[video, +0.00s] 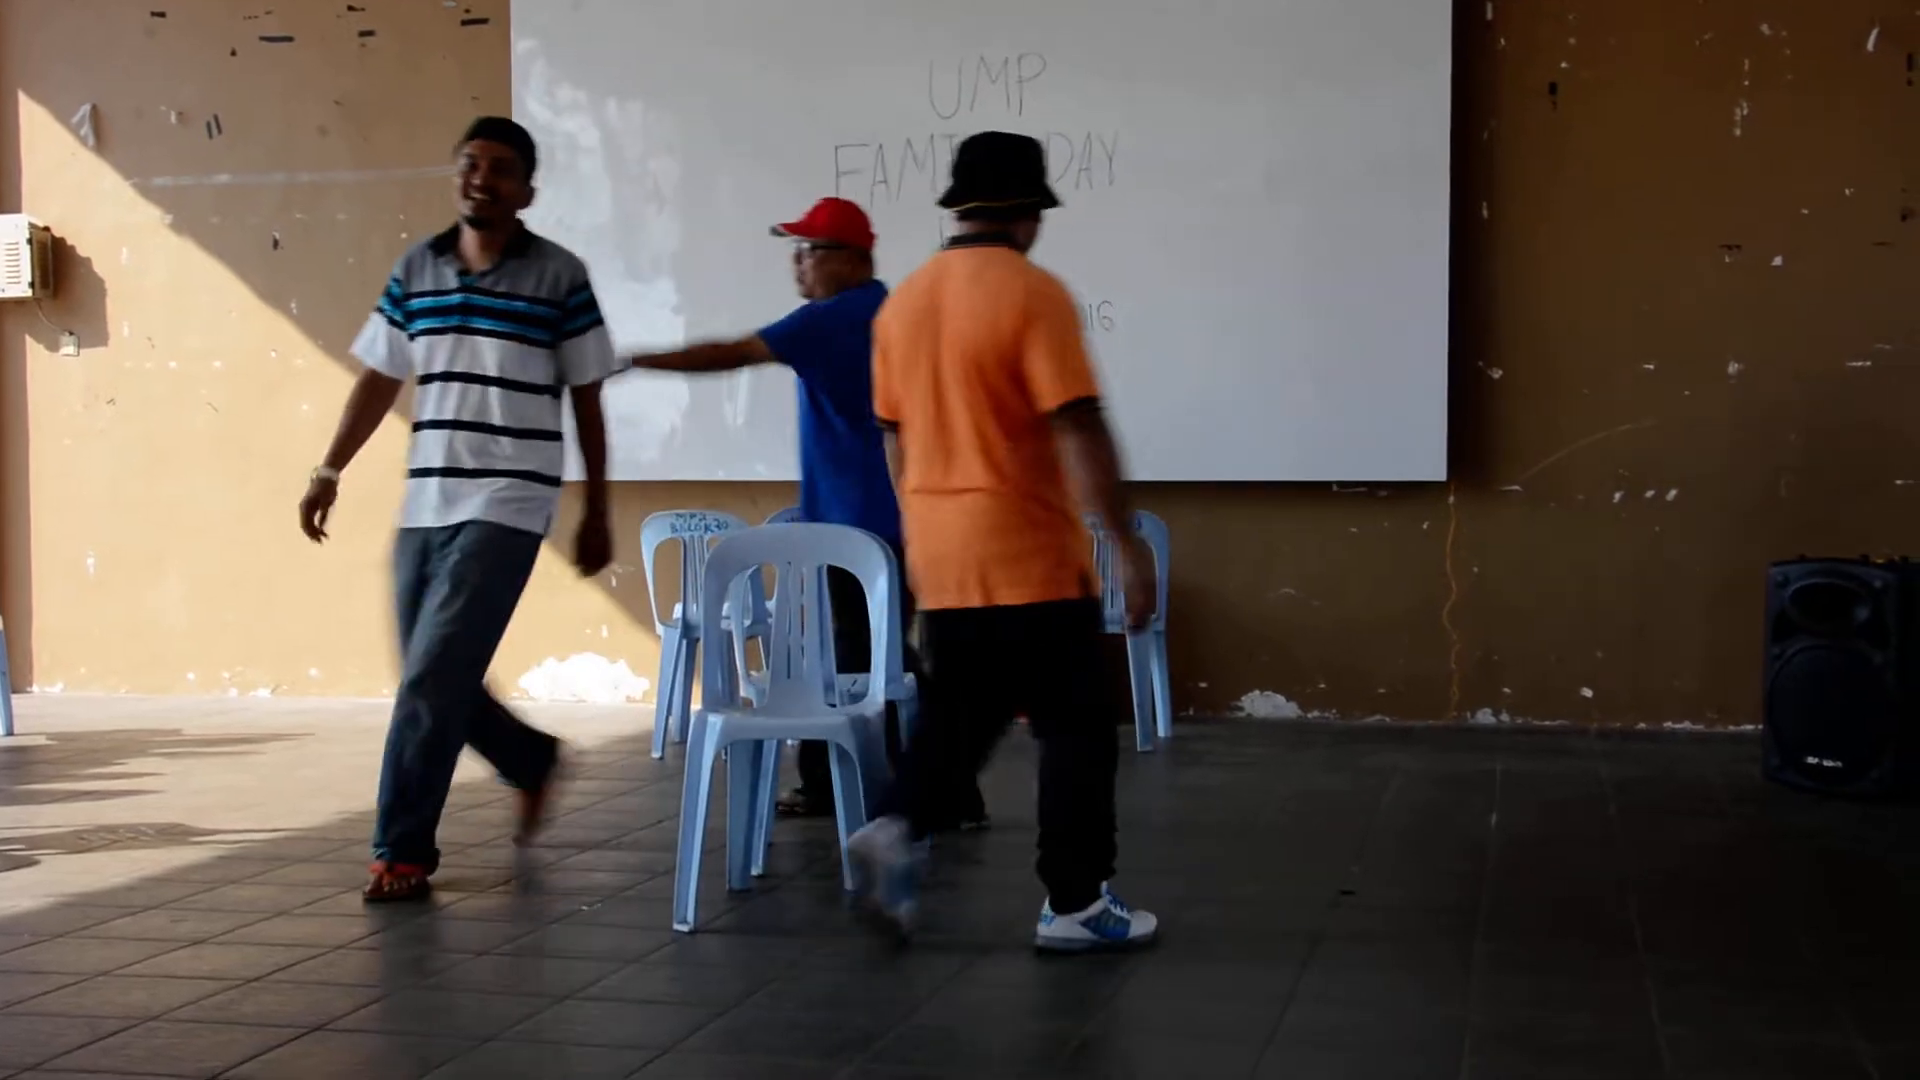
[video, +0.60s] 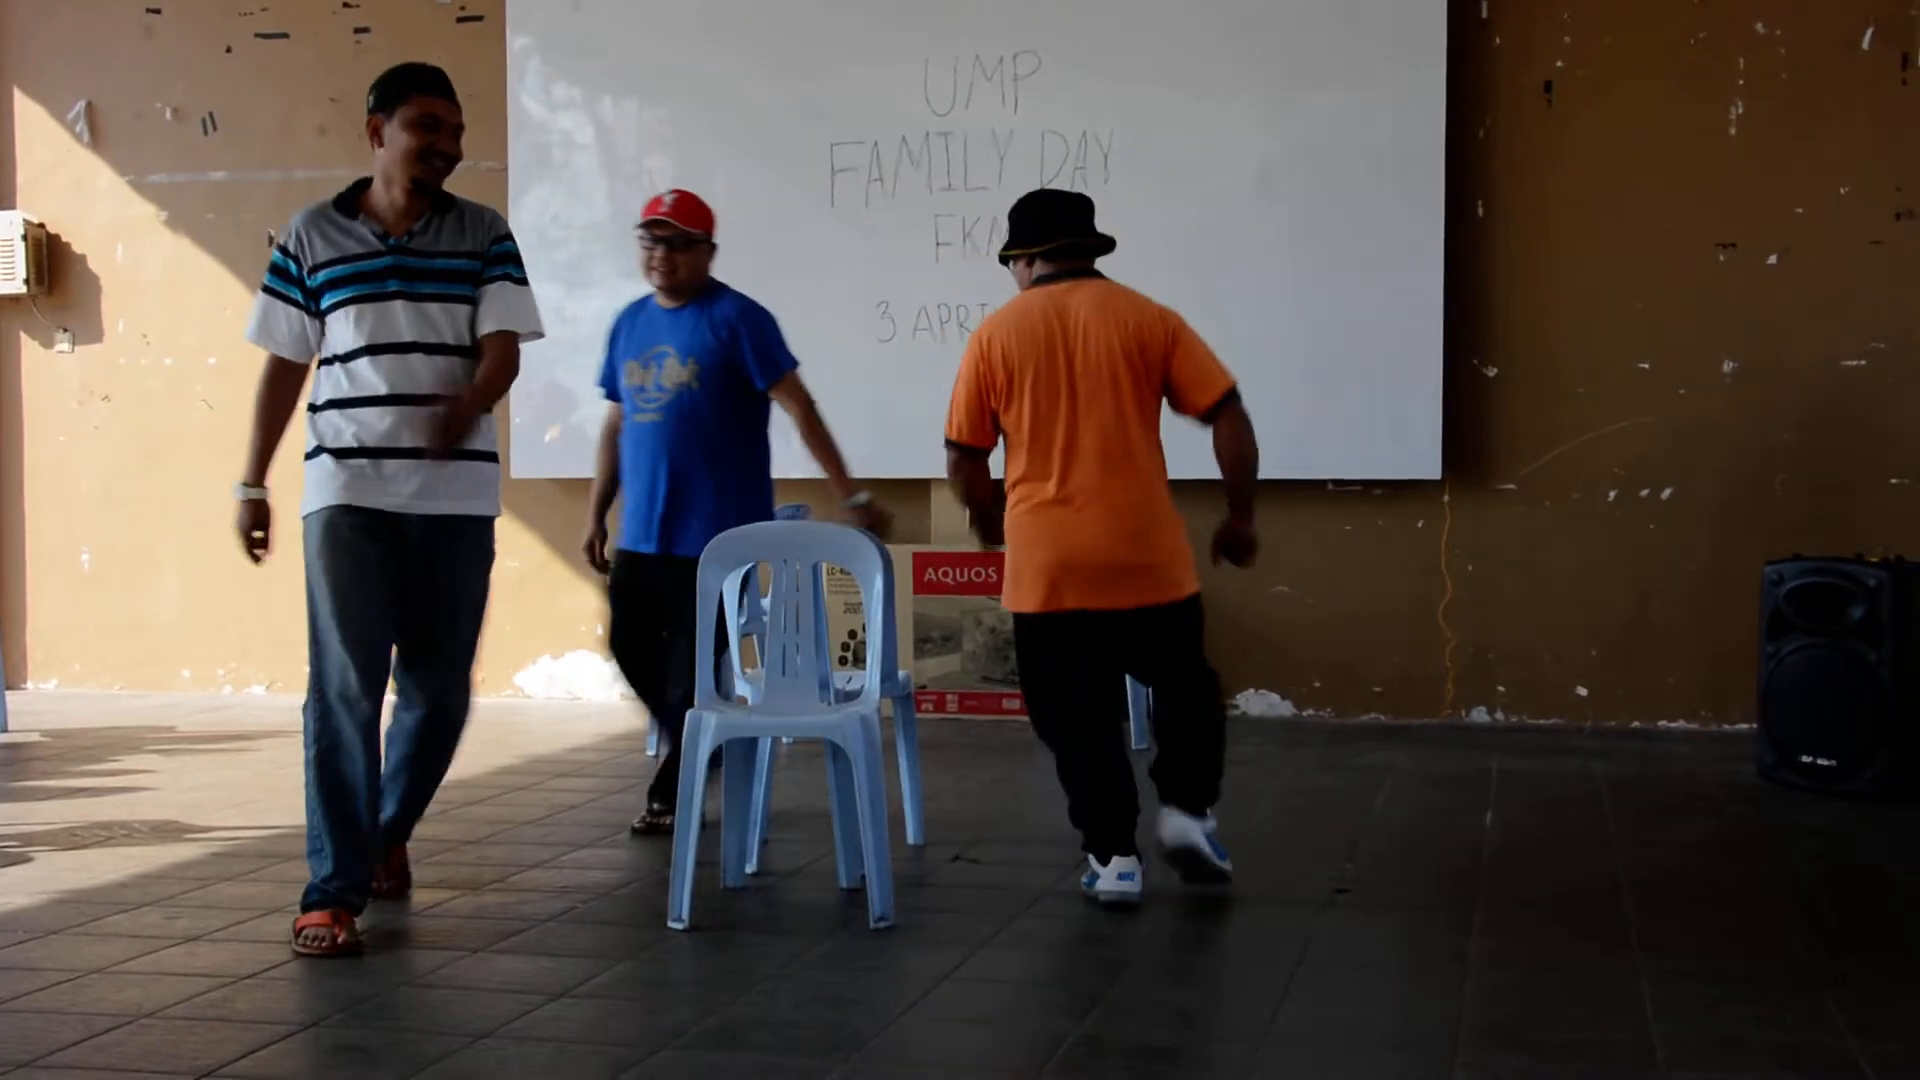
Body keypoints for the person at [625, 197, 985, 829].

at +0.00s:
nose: (798, 266)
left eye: (810, 255)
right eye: (799, 254)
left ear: (847, 260)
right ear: (854, 260)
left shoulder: (833, 316)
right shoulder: (885, 309)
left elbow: (737, 353)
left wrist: (640, 359)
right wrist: (811, 508)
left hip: (844, 521)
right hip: (890, 515)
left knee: (833, 652)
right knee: (893, 658)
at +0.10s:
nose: (772, 267)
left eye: (783, 256)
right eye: (772, 255)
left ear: (819, 260)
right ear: (820, 260)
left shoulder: (818, 321)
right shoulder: (851, 314)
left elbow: (746, 397)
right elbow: (869, 423)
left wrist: (653, 428)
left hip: (821, 525)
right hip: (856, 519)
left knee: (814, 658)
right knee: (857, 661)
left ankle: (819, 787)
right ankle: (933, 777)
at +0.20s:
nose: (751, 264)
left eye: (765, 252)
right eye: (747, 251)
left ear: (799, 258)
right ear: (745, 254)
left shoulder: (809, 319)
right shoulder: (791, 317)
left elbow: (777, 414)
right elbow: (779, 414)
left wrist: (722, 480)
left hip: (818, 517)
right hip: (802, 514)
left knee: (795, 644)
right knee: (820, 644)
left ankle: (822, 779)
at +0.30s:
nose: (728, 261)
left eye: (743, 250)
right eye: (722, 249)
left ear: (775, 256)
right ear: (714, 255)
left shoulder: (794, 320)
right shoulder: (729, 326)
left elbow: (796, 426)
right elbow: (716, 421)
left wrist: (785, 524)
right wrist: (682, 501)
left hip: (801, 532)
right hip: (749, 529)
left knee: (804, 658)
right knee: (734, 658)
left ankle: (813, 786)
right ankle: (738, 783)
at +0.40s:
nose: (702, 264)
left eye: (717, 252)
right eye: (696, 252)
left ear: (751, 259)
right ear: (689, 259)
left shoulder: (777, 323)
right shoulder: (690, 328)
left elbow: (815, 418)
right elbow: (666, 423)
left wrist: (838, 503)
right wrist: (628, 508)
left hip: (779, 526)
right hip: (717, 526)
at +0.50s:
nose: (678, 260)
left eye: (693, 248)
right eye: (669, 248)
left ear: (727, 255)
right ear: (662, 256)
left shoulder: (759, 322)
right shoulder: (657, 327)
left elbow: (817, 410)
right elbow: (639, 426)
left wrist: (865, 497)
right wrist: (609, 511)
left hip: (753, 530)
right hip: (685, 531)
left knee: (692, 666)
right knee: (706, 661)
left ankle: (670, 798)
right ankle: (797, 749)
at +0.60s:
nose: (658, 256)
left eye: (673, 245)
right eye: (649, 244)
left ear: (706, 252)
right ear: (639, 252)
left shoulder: (739, 319)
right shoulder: (631, 322)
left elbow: (800, 408)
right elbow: (617, 425)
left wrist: (850, 494)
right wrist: (598, 511)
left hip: (718, 529)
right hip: (642, 527)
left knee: (696, 664)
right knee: (630, 646)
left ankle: (669, 798)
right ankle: (708, 738)